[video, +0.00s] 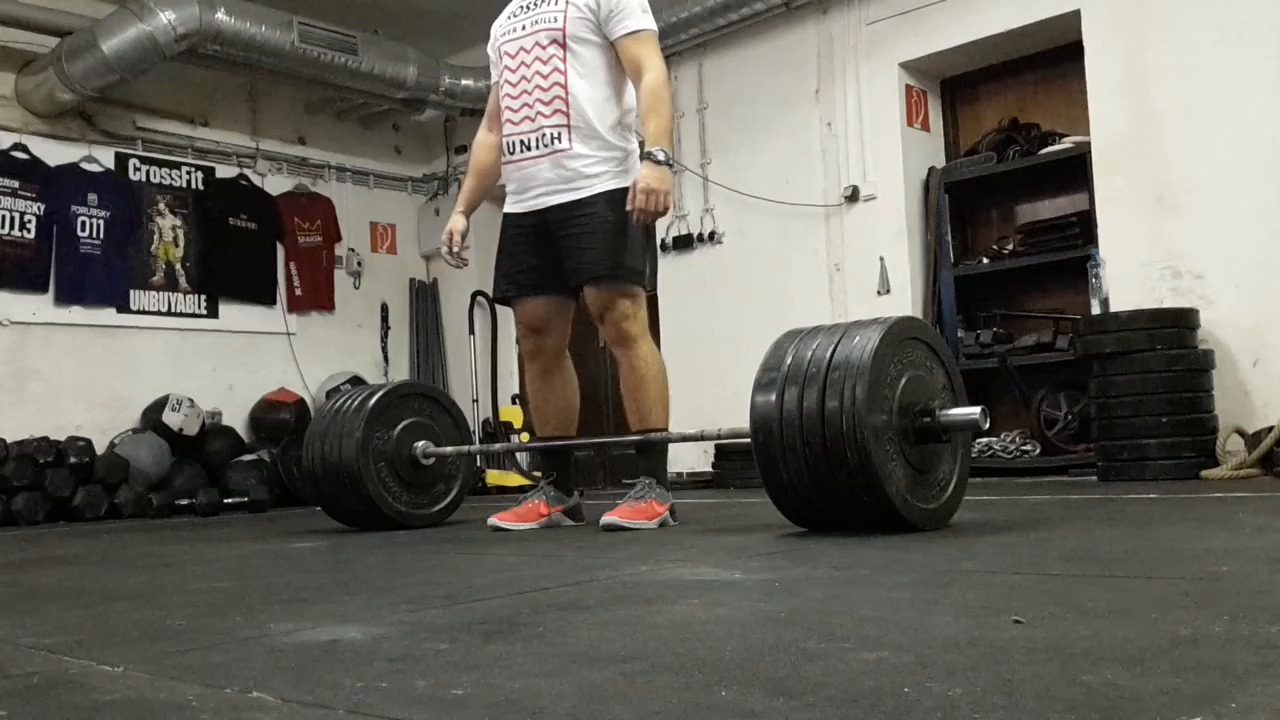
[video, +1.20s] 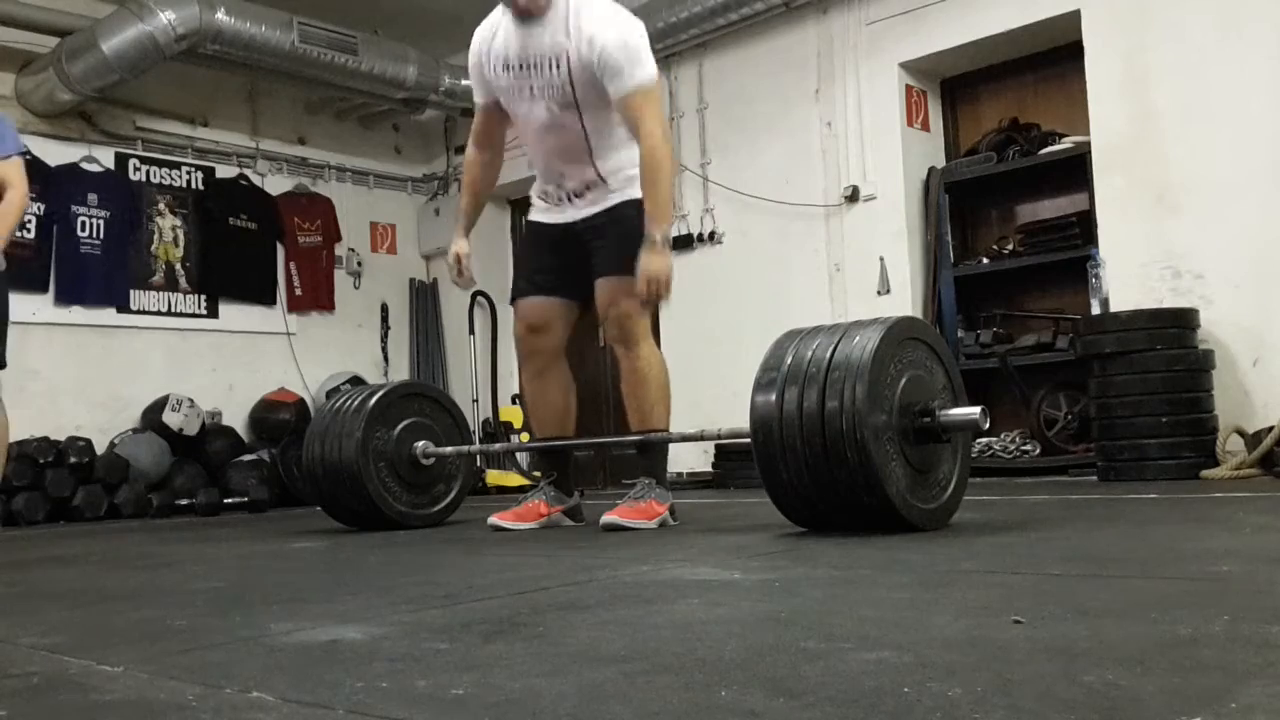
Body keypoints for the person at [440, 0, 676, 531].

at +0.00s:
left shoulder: (606, 1)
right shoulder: (503, 23)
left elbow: (649, 70)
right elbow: (493, 125)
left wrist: (656, 159)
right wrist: (463, 208)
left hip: (600, 184)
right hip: (526, 199)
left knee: (622, 324)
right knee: (538, 336)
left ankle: (652, 486)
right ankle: (557, 491)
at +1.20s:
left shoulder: (607, 28)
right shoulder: (489, 40)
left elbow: (652, 133)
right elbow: (484, 145)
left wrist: (658, 240)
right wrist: (462, 231)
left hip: (619, 195)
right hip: (550, 205)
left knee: (624, 320)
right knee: (535, 330)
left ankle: (652, 486)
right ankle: (555, 490)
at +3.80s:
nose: (445, 109)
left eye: (454, 90)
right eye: (436, 98)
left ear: (496, 81)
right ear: (434, 104)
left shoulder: (577, 142)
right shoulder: (481, 186)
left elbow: (639, 240)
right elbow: (499, 283)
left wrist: (660, 343)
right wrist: (486, 371)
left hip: (661, 231)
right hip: (587, 258)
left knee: (626, 313)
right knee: (527, 338)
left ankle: (653, 490)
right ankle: (555, 494)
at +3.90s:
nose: (443, 85)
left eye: (453, 66)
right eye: (434, 74)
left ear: (496, 58)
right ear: (433, 82)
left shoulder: (576, 122)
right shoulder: (480, 167)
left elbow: (637, 219)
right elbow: (498, 263)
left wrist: (659, 320)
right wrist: (486, 354)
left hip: (660, 223)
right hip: (588, 245)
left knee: (631, 312)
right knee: (532, 334)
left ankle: (653, 490)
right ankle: (554, 493)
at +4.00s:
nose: (444, 59)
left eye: (454, 40)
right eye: (435, 47)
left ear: (496, 33)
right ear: (432, 54)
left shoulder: (574, 98)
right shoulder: (479, 145)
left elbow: (637, 198)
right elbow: (496, 244)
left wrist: (661, 294)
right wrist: (485, 334)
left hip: (654, 212)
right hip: (582, 236)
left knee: (634, 309)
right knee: (535, 328)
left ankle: (652, 489)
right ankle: (553, 491)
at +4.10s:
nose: (447, 30)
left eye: (456, 10)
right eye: (438, 18)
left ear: (500, 8)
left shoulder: (575, 74)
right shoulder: (480, 122)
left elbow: (636, 172)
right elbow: (496, 223)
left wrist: (661, 268)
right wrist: (486, 313)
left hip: (649, 204)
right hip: (580, 223)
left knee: (638, 315)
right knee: (539, 334)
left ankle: (652, 489)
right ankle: (554, 492)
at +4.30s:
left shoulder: (587, 26)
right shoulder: (492, 74)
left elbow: (639, 124)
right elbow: (503, 179)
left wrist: (663, 217)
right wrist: (487, 269)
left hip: (625, 206)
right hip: (555, 219)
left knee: (628, 319)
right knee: (533, 337)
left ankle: (652, 488)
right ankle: (556, 491)